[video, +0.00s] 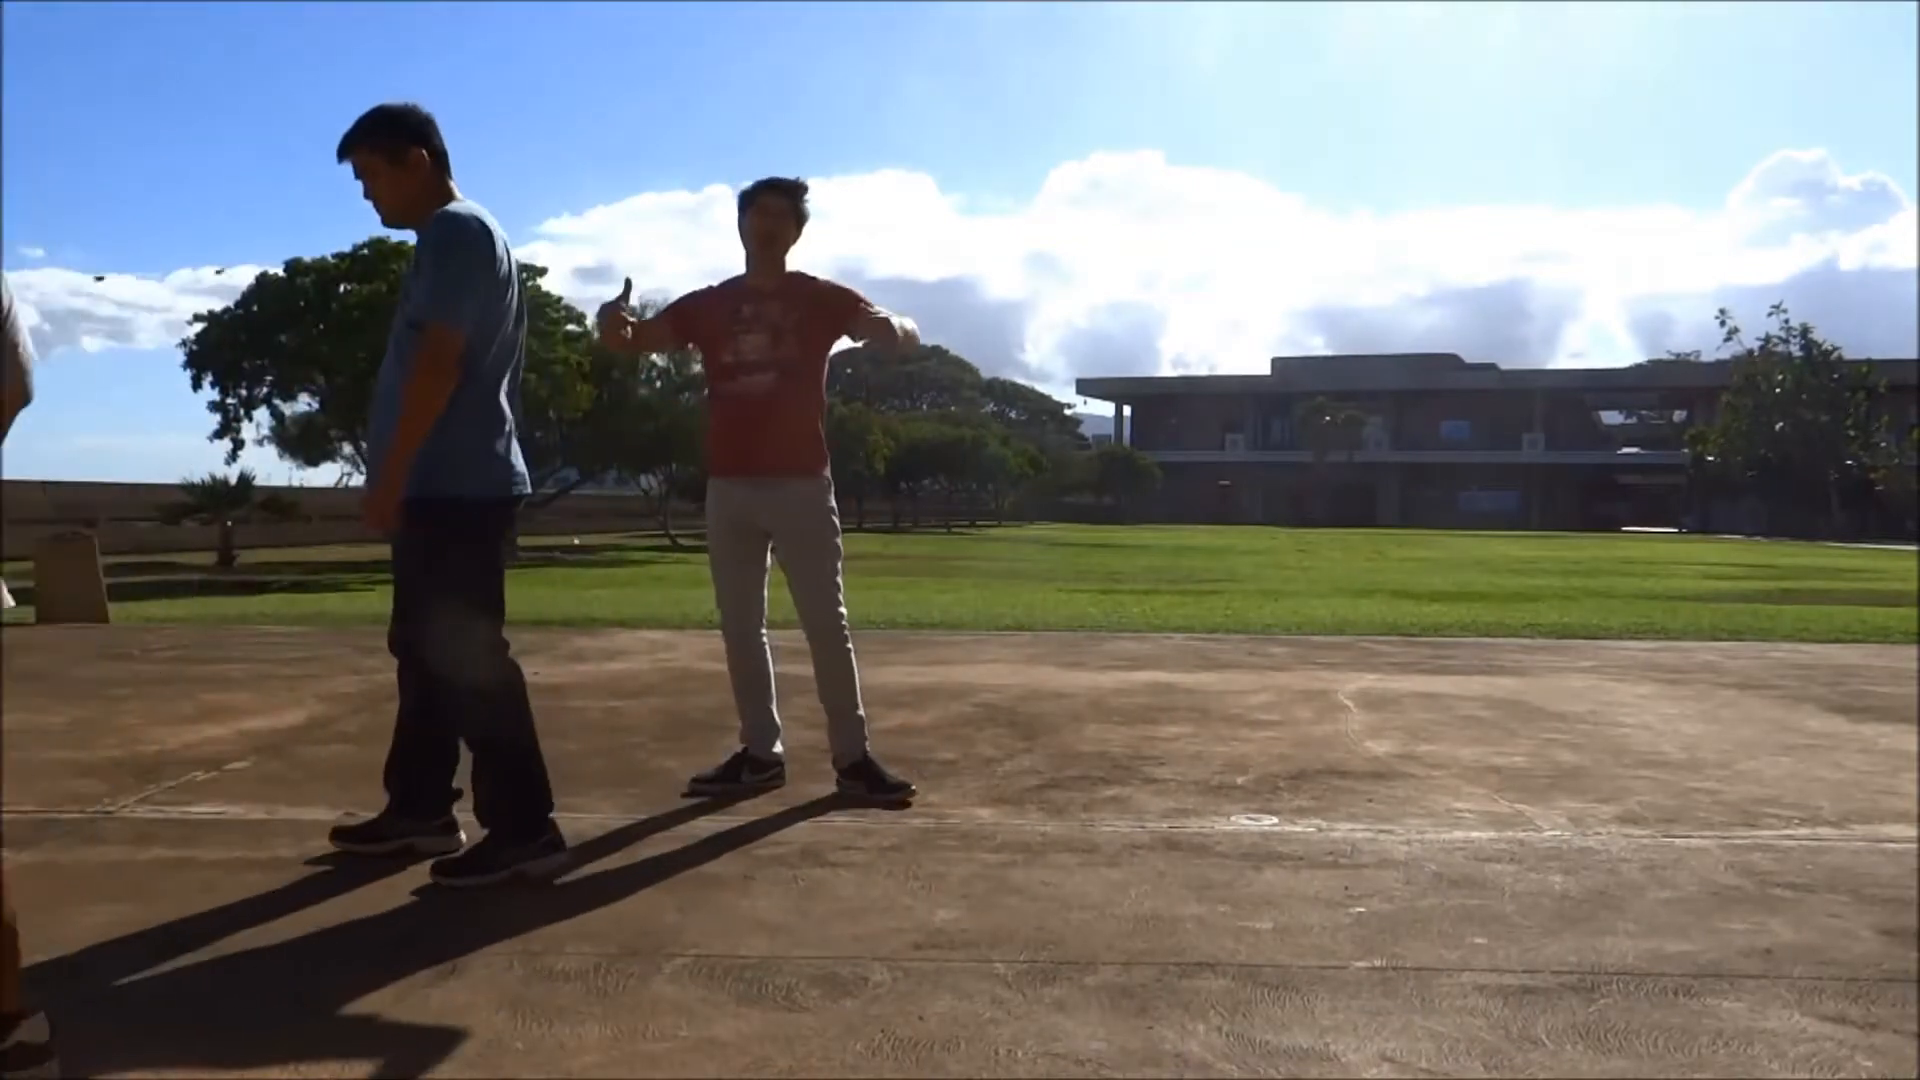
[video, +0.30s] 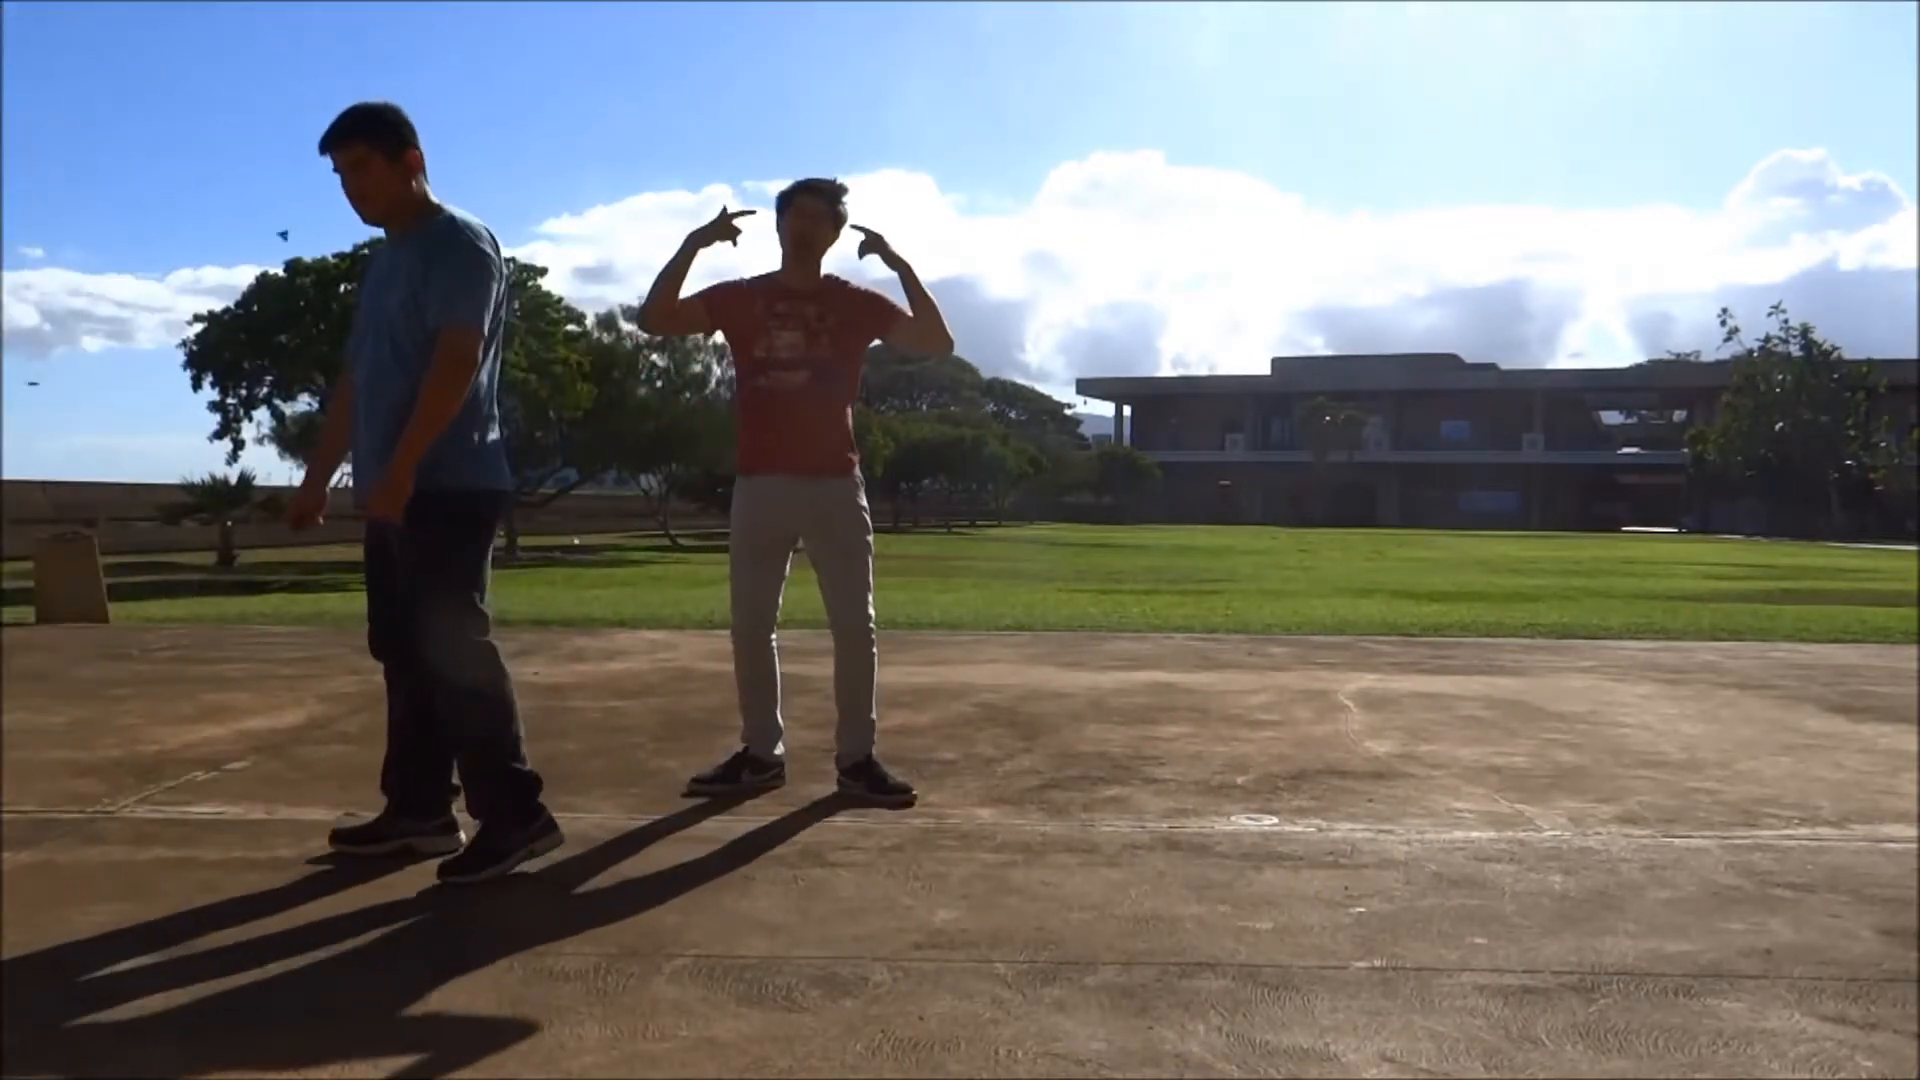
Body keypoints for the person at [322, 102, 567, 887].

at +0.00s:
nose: (369, 197)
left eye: (371, 179)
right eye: (363, 183)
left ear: (417, 161)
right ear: (420, 164)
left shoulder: (459, 234)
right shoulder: (459, 237)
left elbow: (442, 361)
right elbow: (465, 367)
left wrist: (393, 470)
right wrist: (404, 468)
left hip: (461, 486)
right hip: (440, 487)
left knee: (469, 653)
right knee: (422, 649)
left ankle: (525, 828)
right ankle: (419, 809)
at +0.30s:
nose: (350, 192)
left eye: (358, 174)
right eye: (342, 177)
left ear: (408, 163)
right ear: (357, 178)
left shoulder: (461, 247)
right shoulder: (380, 264)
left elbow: (458, 366)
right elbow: (354, 381)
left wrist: (401, 468)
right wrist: (317, 477)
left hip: (453, 484)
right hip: (393, 487)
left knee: (453, 642)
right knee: (401, 646)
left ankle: (516, 815)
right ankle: (418, 809)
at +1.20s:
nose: (462, 179)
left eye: (476, 165)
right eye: (445, 165)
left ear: (498, 168)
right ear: (418, 165)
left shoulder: (527, 260)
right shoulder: (371, 255)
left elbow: (548, 375)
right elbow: (331, 368)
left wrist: (518, 476)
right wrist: (300, 465)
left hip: (480, 492)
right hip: (382, 491)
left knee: (481, 663)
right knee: (368, 646)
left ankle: (475, 822)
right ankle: (407, 801)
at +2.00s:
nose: (426, 183)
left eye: (434, 169)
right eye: (410, 168)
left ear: (442, 176)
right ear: (368, 169)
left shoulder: (463, 266)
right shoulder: (311, 255)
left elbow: (502, 362)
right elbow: (251, 350)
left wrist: (533, 419)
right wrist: (274, 370)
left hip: (444, 493)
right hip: (344, 497)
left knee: (457, 658)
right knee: (334, 661)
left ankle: (477, 816)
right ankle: (329, 811)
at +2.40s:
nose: (395, 177)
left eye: (403, 165)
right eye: (378, 163)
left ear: (412, 175)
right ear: (337, 169)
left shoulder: (425, 263)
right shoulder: (286, 255)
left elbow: (479, 354)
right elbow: (217, 347)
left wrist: (517, 309)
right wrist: (250, 267)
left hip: (411, 486)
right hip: (315, 492)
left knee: (422, 653)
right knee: (324, 660)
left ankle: (413, 794)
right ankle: (329, 806)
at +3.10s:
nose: (478, 217)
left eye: (486, 204)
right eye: (465, 202)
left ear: (493, 204)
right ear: (425, 195)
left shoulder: (490, 280)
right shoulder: (365, 265)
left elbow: (539, 363)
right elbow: (298, 348)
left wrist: (561, 293)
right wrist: (336, 262)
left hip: (474, 495)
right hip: (385, 497)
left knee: (503, 639)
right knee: (362, 658)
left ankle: (524, 778)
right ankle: (335, 805)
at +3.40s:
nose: (553, 234)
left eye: (559, 222)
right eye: (545, 220)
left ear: (557, 219)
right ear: (504, 208)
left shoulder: (560, 293)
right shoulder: (435, 274)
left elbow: (597, 367)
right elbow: (381, 362)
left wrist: (672, 333)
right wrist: (370, 298)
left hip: (550, 492)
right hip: (469, 491)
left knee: (554, 636)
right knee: (452, 637)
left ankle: (533, 779)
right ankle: (385, 794)